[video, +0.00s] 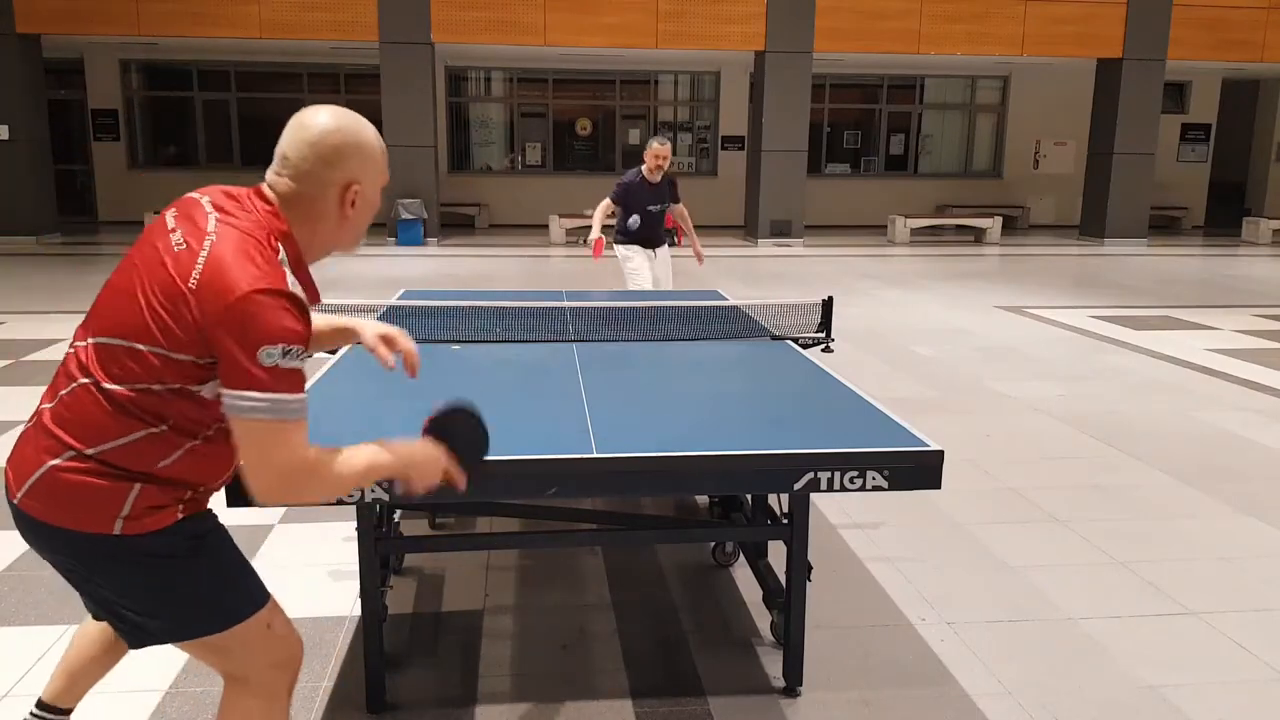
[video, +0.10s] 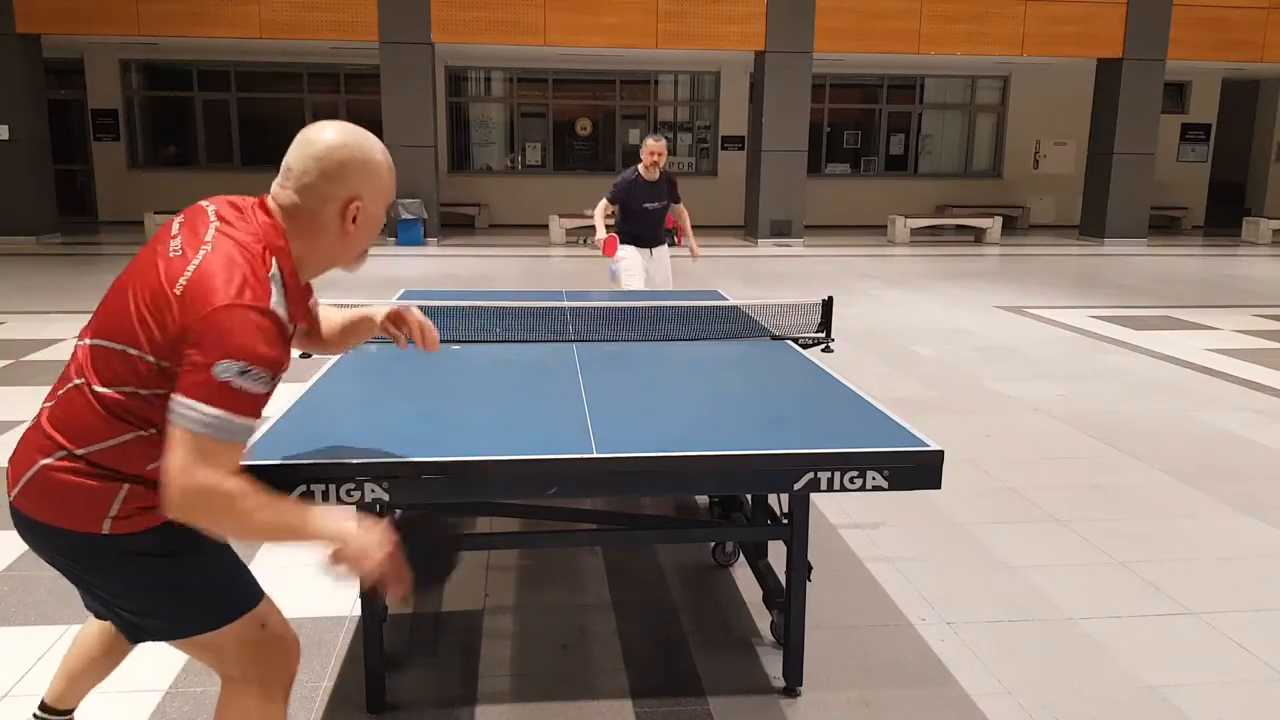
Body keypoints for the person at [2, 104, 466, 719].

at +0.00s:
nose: (376, 206)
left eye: (382, 190)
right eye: (379, 191)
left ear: (283, 170)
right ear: (350, 199)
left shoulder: (209, 206)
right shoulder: (256, 295)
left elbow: (241, 327)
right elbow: (281, 478)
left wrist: (350, 329)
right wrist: (392, 459)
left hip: (48, 468)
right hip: (114, 506)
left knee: (140, 601)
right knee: (269, 660)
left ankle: (47, 712)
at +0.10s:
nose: (382, 226)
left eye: (386, 211)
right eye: (383, 210)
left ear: (288, 184)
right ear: (352, 214)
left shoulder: (227, 217)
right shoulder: (244, 303)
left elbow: (314, 329)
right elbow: (193, 489)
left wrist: (376, 319)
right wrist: (339, 526)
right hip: (99, 503)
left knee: (135, 609)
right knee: (265, 657)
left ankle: (51, 712)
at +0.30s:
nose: (346, 245)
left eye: (353, 232)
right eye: (347, 231)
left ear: (294, 220)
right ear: (301, 225)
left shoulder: (249, 249)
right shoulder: (176, 312)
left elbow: (310, 310)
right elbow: (67, 472)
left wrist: (342, 292)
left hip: (134, 490)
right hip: (93, 506)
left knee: (129, 626)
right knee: (248, 656)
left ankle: (48, 708)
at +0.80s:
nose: (156, 100)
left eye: (154, 85)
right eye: (148, 83)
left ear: (69, 86)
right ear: (105, 88)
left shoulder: (10, 157)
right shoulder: (110, 155)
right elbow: (270, 122)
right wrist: (206, 38)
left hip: (12, 459)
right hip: (95, 461)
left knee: (62, 613)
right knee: (192, 659)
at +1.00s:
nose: (128, 114)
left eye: (126, 100)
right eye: (124, 100)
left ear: (34, 101)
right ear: (99, 101)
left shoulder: (4, 162)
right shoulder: (106, 171)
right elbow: (269, 197)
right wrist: (228, 110)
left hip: (6, 462)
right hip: (85, 463)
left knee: (58, 617)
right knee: (197, 651)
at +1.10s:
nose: (139, 113)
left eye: (139, 100)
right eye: (137, 100)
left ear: (48, 102)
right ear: (113, 103)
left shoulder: (5, 168)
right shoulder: (116, 178)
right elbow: (275, 239)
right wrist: (262, 148)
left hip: (6, 464)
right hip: (86, 465)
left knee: (58, 620)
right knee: (200, 652)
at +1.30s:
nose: (207, 125)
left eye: (204, 110)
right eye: (204, 111)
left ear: (109, 113)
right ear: (182, 118)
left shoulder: (30, 185)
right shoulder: (159, 203)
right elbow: (278, 333)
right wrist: (321, 265)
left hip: (12, 481)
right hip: (106, 488)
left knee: (69, 635)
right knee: (244, 658)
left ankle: (31, 718)